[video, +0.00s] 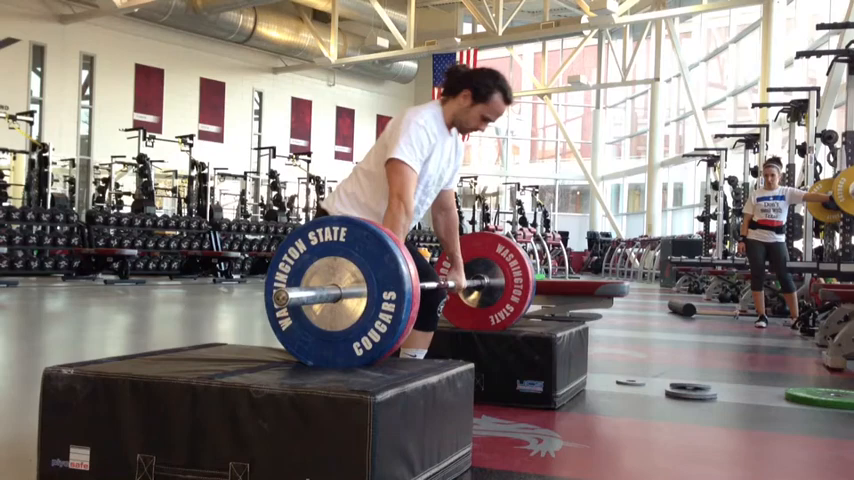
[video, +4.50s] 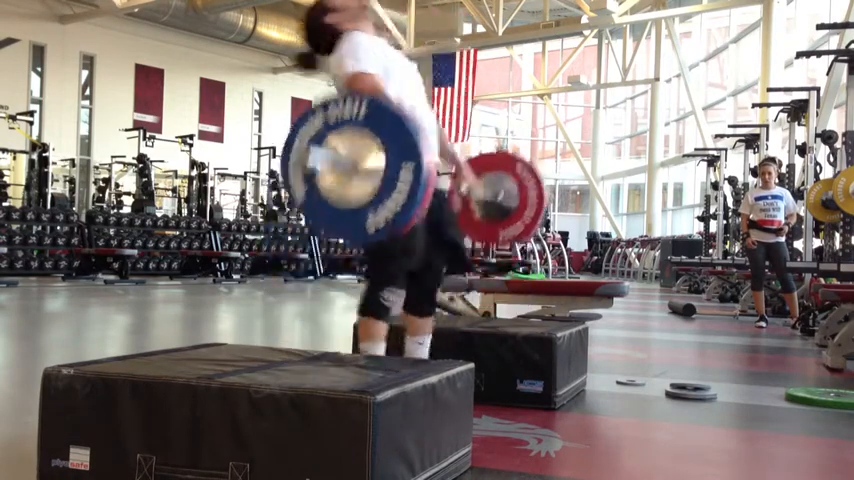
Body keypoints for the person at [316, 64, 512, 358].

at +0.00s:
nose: (483, 128)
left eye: (490, 123)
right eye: (485, 118)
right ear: (465, 97)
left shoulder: (454, 144)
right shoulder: (416, 123)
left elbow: (445, 209)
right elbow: (400, 205)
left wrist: (457, 266)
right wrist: (385, 271)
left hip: (384, 231)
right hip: (343, 222)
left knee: (430, 289)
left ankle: (407, 385)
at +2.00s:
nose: (521, 148)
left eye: (529, 143)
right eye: (524, 138)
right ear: (507, 116)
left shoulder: (483, 153)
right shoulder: (453, 132)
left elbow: (457, 215)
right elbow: (419, 207)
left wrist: (457, 271)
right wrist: (388, 270)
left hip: (389, 223)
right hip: (350, 210)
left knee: (424, 287)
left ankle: (406, 382)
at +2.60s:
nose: (492, 96)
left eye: (493, 89)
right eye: (488, 87)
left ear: (467, 86)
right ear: (460, 82)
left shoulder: (455, 140)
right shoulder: (421, 121)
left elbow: (446, 208)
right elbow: (403, 199)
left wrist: (456, 264)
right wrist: (386, 269)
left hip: (384, 228)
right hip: (343, 219)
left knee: (427, 289)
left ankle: (405, 384)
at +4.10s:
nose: (473, 40)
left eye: (468, 34)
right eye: (463, 35)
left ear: (450, 53)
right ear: (443, 52)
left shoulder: (457, 108)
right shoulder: (429, 94)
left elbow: (450, 183)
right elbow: (408, 173)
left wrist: (457, 246)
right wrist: (398, 243)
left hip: (396, 205)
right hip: (361, 200)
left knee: (424, 283)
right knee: (376, 289)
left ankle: (407, 381)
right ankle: (366, 388)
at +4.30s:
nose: (466, 13)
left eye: (461, 7)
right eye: (455, 8)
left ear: (443, 27)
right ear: (436, 26)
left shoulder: (457, 79)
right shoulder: (429, 64)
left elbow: (450, 154)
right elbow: (406, 139)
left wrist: (454, 212)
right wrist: (392, 209)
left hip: (413, 205)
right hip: (385, 202)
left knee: (434, 285)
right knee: (402, 285)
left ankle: (412, 383)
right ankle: (374, 385)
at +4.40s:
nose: (410, 2)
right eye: (398, 1)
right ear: (378, 18)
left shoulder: (419, 62)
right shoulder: (391, 52)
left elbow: (433, 140)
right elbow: (389, 127)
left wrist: (455, 196)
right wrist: (404, 196)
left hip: (442, 201)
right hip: (412, 199)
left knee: (454, 291)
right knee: (409, 295)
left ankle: (417, 374)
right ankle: (376, 380)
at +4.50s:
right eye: (337, 1)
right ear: (334, 20)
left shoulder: (389, 52)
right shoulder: (354, 44)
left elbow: (420, 115)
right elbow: (368, 105)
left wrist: (457, 158)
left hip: (426, 183)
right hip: (390, 182)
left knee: (426, 278)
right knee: (387, 280)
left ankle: (415, 373)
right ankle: (371, 377)